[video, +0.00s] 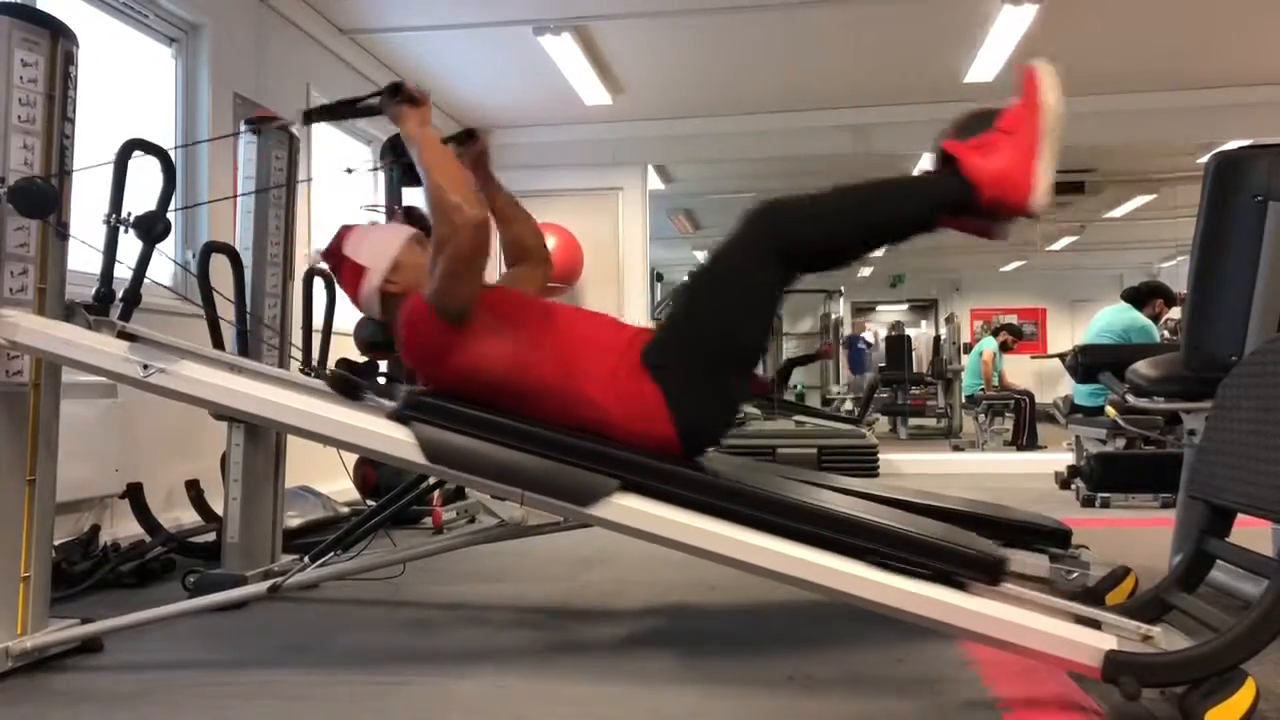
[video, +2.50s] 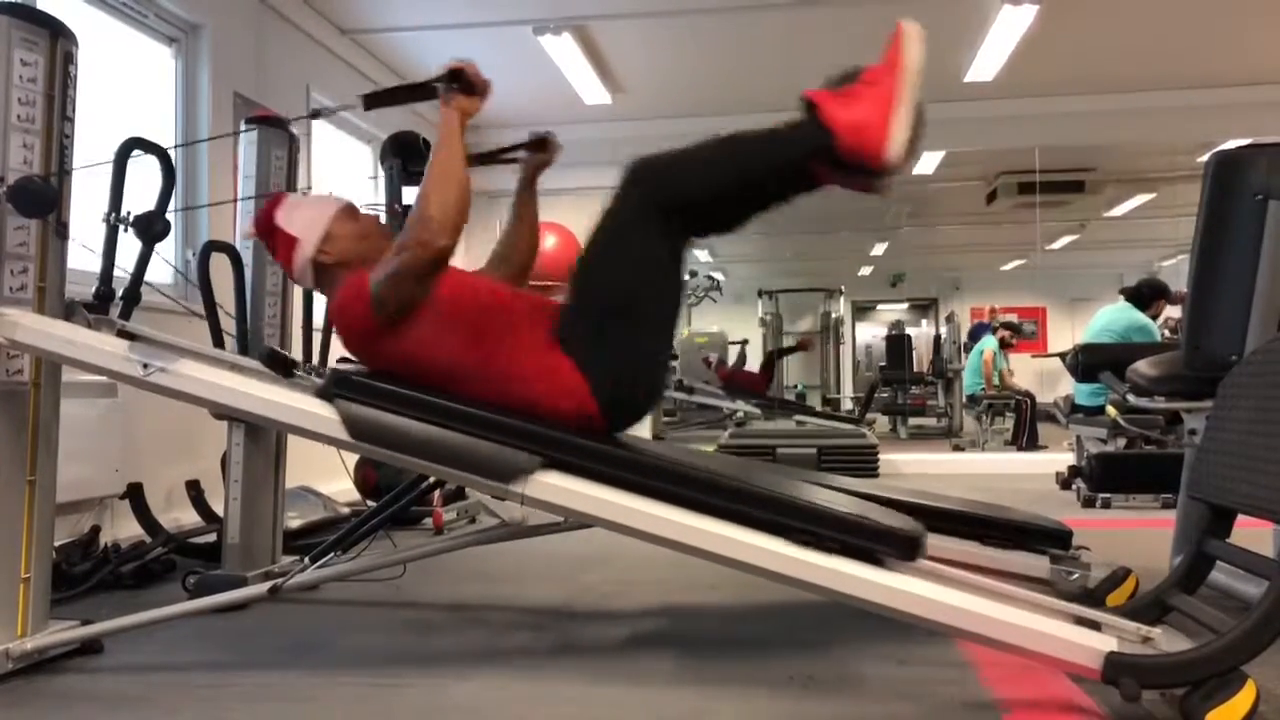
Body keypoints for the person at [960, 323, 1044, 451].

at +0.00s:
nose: (1013, 347)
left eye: (1016, 344)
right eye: (1013, 342)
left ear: (1003, 336)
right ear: (1003, 334)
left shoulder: (997, 351)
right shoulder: (990, 342)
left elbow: (1003, 383)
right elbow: (986, 361)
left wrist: (1020, 389)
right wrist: (988, 390)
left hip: (983, 392)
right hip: (975, 393)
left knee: (1026, 397)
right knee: (1025, 398)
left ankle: (1020, 441)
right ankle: (1025, 444)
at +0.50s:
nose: (1014, 347)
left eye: (1016, 344)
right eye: (1013, 342)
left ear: (1003, 335)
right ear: (1003, 334)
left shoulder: (998, 352)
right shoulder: (990, 341)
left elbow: (1004, 382)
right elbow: (986, 361)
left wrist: (1018, 394)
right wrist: (989, 390)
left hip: (984, 392)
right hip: (976, 393)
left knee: (1026, 397)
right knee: (1026, 398)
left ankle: (1018, 441)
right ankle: (1026, 444)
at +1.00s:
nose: (1014, 347)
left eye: (1016, 344)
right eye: (1013, 342)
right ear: (1003, 334)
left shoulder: (998, 352)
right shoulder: (990, 341)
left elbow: (1004, 381)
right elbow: (986, 361)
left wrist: (1018, 389)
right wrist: (989, 390)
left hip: (985, 392)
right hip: (976, 393)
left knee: (1026, 398)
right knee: (1026, 399)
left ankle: (1020, 442)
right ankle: (1025, 444)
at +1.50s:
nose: (1013, 347)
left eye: (1016, 344)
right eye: (1013, 342)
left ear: (1003, 336)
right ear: (1004, 334)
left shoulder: (997, 352)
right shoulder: (990, 341)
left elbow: (1004, 382)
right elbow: (986, 360)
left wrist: (1020, 391)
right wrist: (989, 389)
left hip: (985, 392)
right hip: (976, 393)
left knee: (1027, 397)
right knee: (1025, 399)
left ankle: (1022, 442)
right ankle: (1026, 445)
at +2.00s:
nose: (1013, 347)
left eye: (1015, 344)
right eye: (1013, 342)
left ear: (1003, 335)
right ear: (1003, 334)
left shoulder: (997, 352)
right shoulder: (990, 342)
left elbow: (1003, 382)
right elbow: (986, 361)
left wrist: (1019, 390)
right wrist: (989, 390)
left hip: (985, 392)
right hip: (976, 393)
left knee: (1027, 397)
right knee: (1024, 399)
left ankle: (1028, 443)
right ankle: (1024, 444)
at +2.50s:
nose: (1013, 342)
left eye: (1015, 338)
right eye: (1011, 337)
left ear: (1002, 333)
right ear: (1002, 332)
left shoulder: (999, 350)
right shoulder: (991, 340)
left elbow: (1005, 379)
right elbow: (987, 360)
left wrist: (1020, 390)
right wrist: (989, 389)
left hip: (986, 391)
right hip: (977, 392)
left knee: (1027, 398)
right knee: (1025, 400)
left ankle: (1026, 442)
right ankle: (1024, 444)